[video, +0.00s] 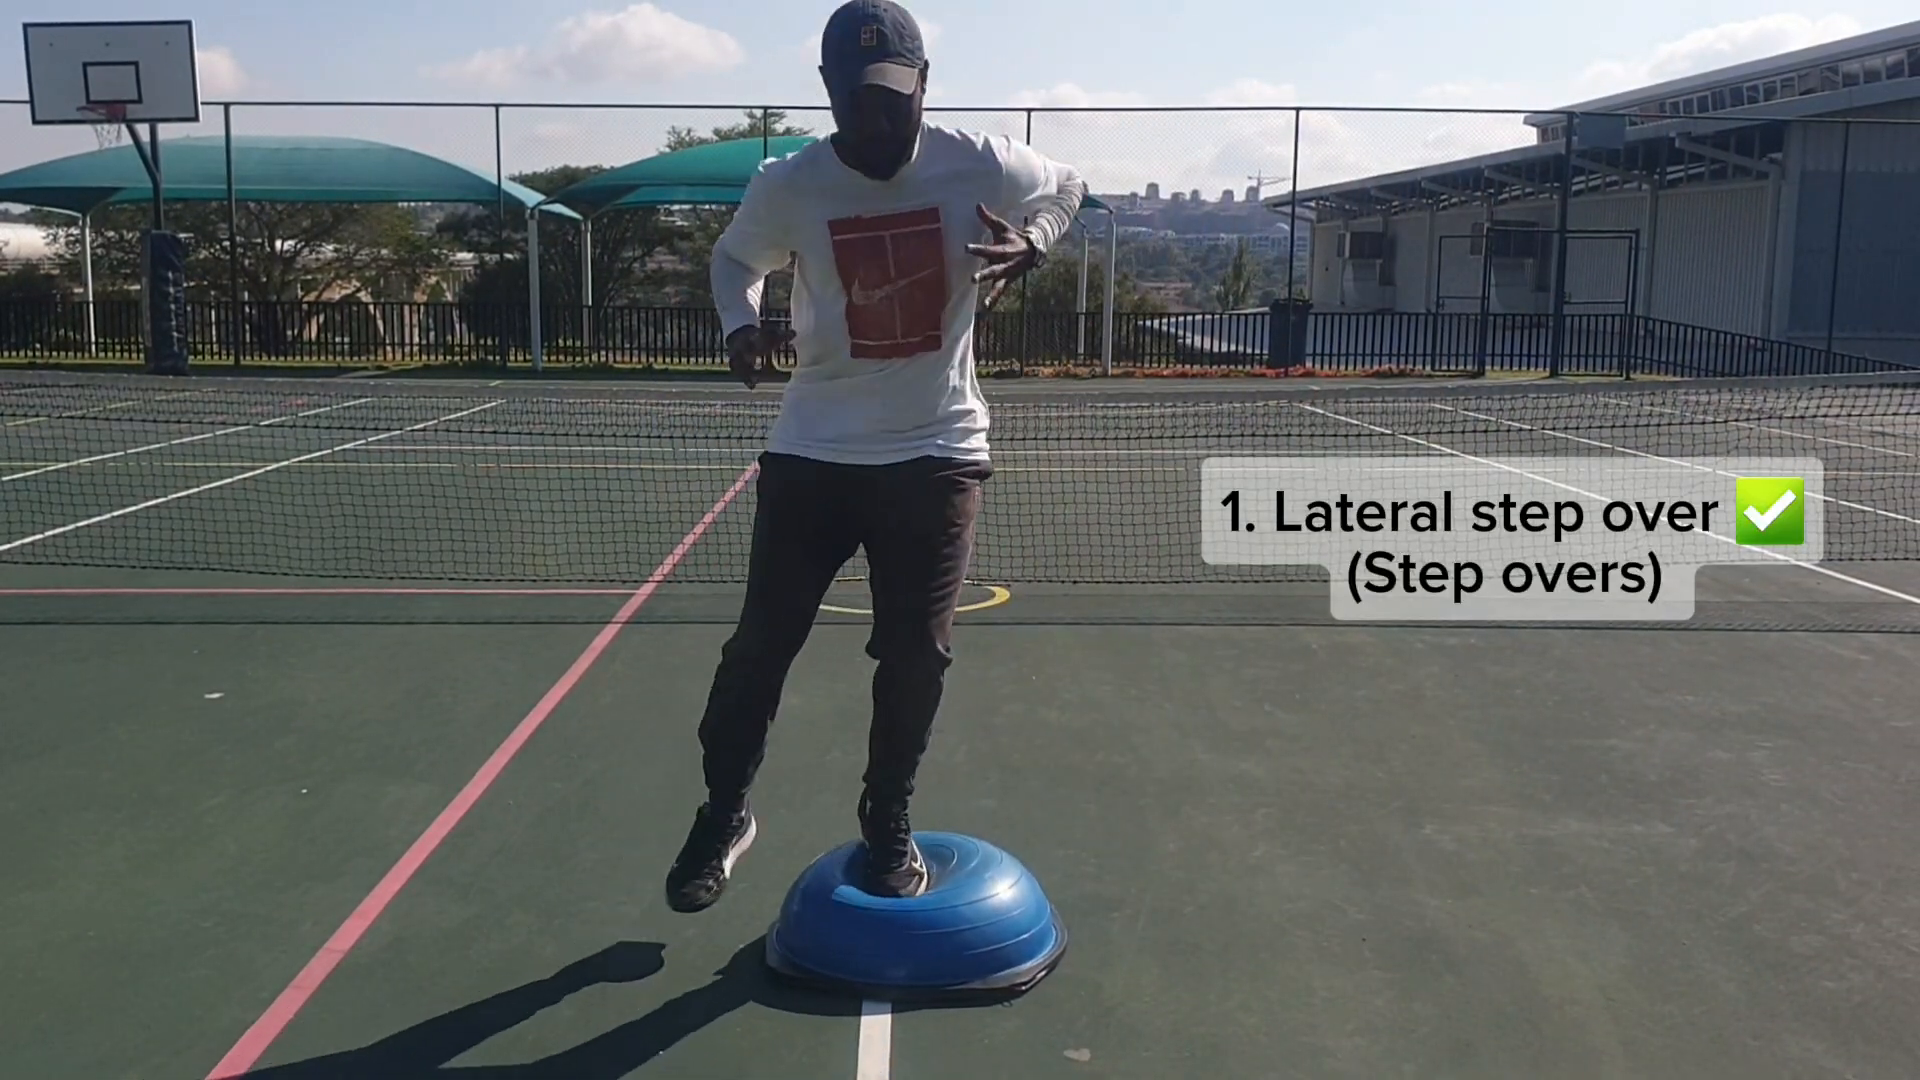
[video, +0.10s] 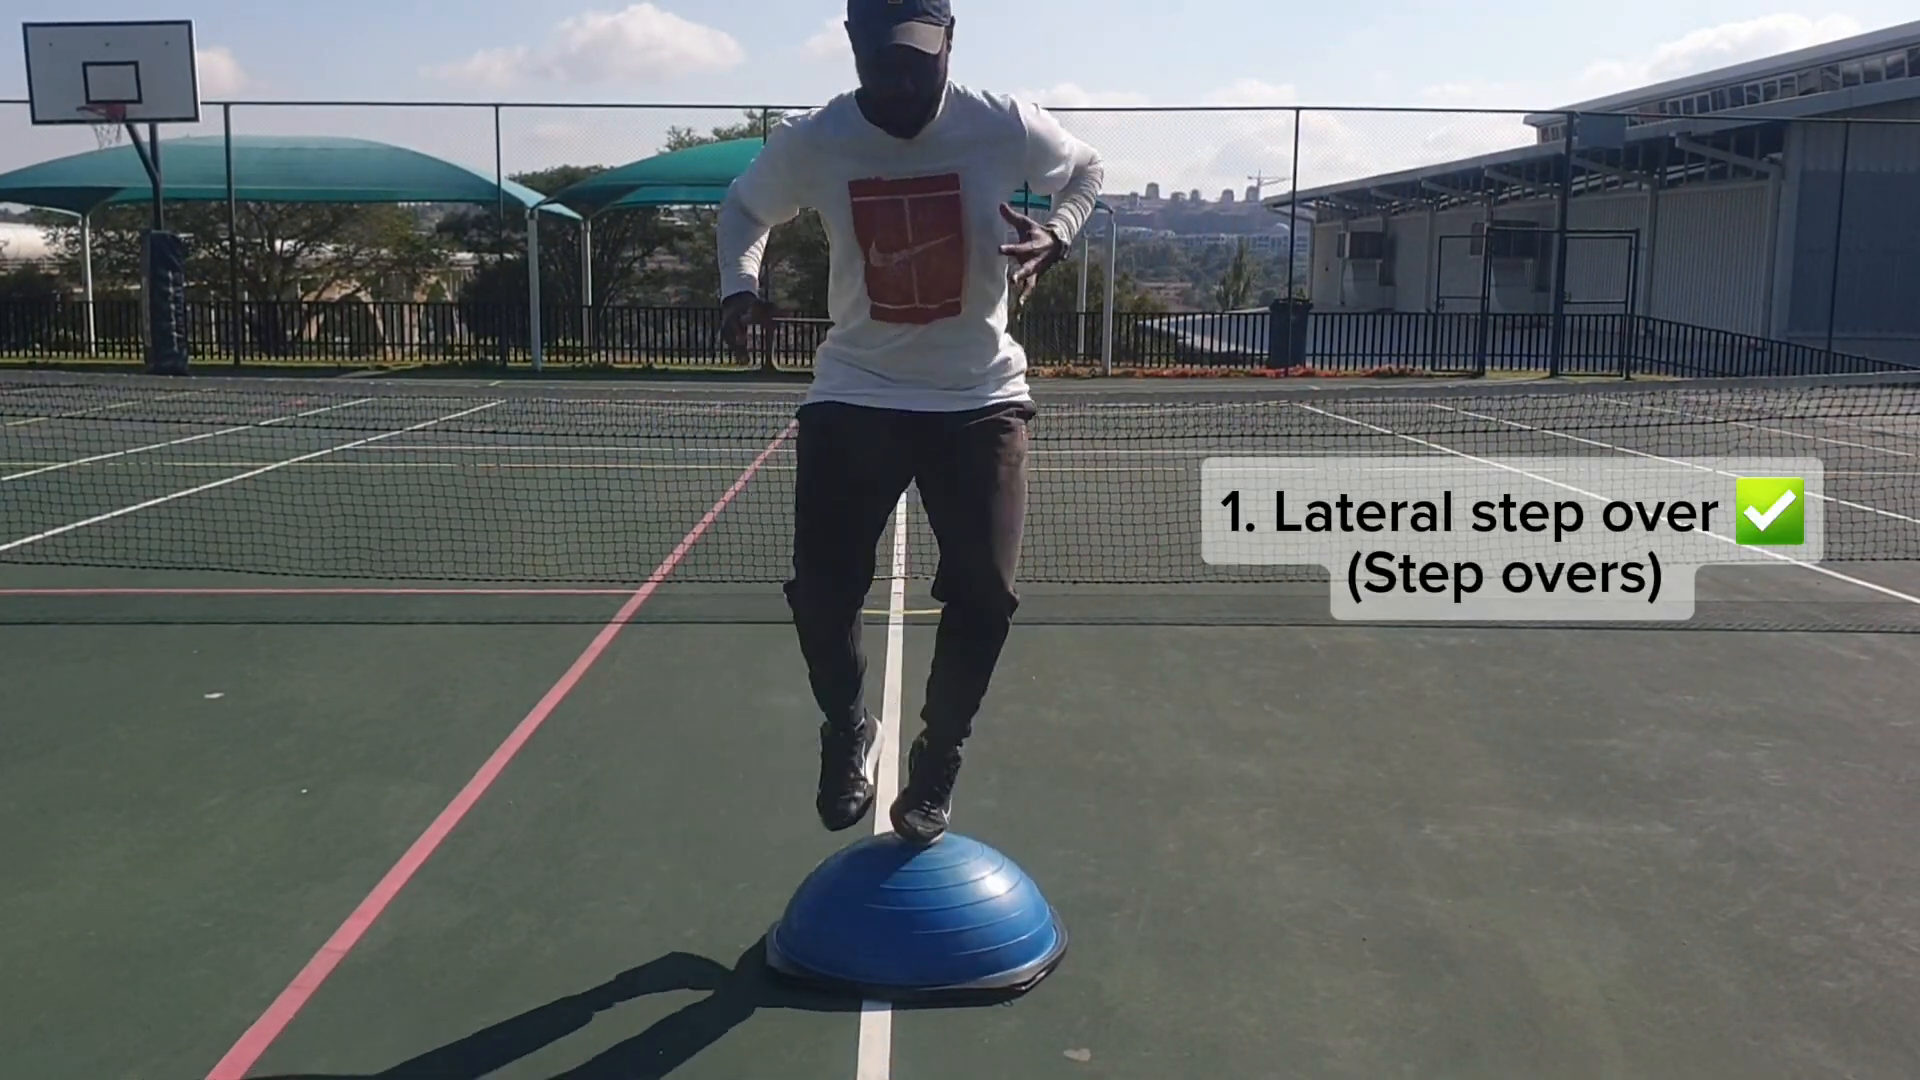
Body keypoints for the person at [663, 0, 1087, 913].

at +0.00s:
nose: (891, 119)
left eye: (904, 98)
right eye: (869, 100)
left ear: (927, 86)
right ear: (832, 94)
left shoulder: (975, 165)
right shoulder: (787, 186)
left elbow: (1065, 190)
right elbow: (735, 261)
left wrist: (1034, 238)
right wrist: (743, 320)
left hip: (936, 447)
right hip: (813, 448)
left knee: (916, 654)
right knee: (763, 640)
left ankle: (888, 827)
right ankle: (723, 815)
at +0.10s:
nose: (903, 88)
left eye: (919, 70)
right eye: (886, 69)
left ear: (948, 51)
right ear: (856, 53)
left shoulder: (1005, 129)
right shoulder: (814, 143)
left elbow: (1085, 172)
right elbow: (743, 210)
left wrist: (1059, 231)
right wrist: (740, 286)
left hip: (979, 393)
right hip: (856, 389)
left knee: (986, 593)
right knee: (818, 590)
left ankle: (939, 756)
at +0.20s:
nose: (928, 93)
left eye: (945, 75)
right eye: (911, 74)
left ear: (975, 59)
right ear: (884, 59)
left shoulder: (1027, 141)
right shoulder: (835, 148)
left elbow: (1113, 195)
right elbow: (766, 193)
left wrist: (1085, 260)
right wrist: (754, 289)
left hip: (1013, 391)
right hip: (889, 399)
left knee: (1054, 584)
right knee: (884, 606)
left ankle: (1041, 731)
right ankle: (924, 767)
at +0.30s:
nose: (969, 137)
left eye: (982, 116)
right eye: (949, 117)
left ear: (1002, 106)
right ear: (907, 108)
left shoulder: (1053, 195)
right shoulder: (854, 193)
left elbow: (1133, 252)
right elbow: (808, 232)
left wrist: (1106, 327)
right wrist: (820, 327)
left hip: (1048, 451)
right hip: (925, 456)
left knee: (1101, 650)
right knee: (913, 652)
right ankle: (936, 803)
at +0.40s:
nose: (981, 227)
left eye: (997, 207)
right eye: (963, 207)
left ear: (1023, 194)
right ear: (933, 198)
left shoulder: (1080, 280)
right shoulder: (887, 284)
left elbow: (1159, 360)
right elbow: (875, 349)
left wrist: (1125, 432)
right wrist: (899, 409)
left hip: (1069, 515)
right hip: (948, 508)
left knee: (1143, 704)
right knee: (892, 661)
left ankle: (1180, 853)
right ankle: (933, 789)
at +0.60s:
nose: (960, 154)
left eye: (974, 135)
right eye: (940, 134)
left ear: (993, 127)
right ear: (899, 126)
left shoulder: (1041, 216)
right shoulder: (850, 207)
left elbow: (1117, 282)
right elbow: (826, 260)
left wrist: (1080, 343)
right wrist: (823, 319)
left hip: (1026, 472)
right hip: (903, 474)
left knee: (1092, 666)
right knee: (900, 670)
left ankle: (1149, 826)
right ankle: (929, 816)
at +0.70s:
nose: (923, 97)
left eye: (939, 78)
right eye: (905, 76)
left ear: (966, 64)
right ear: (874, 60)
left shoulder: (1012, 150)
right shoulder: (819, 147)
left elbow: (1086, 209)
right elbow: (792, 186)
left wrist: (1049, 280)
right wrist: (795, 270)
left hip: (983, 402)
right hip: (860, 412)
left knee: (1045, 594)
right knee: (862, 617)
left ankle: (1029, 735)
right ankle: (902, 774)